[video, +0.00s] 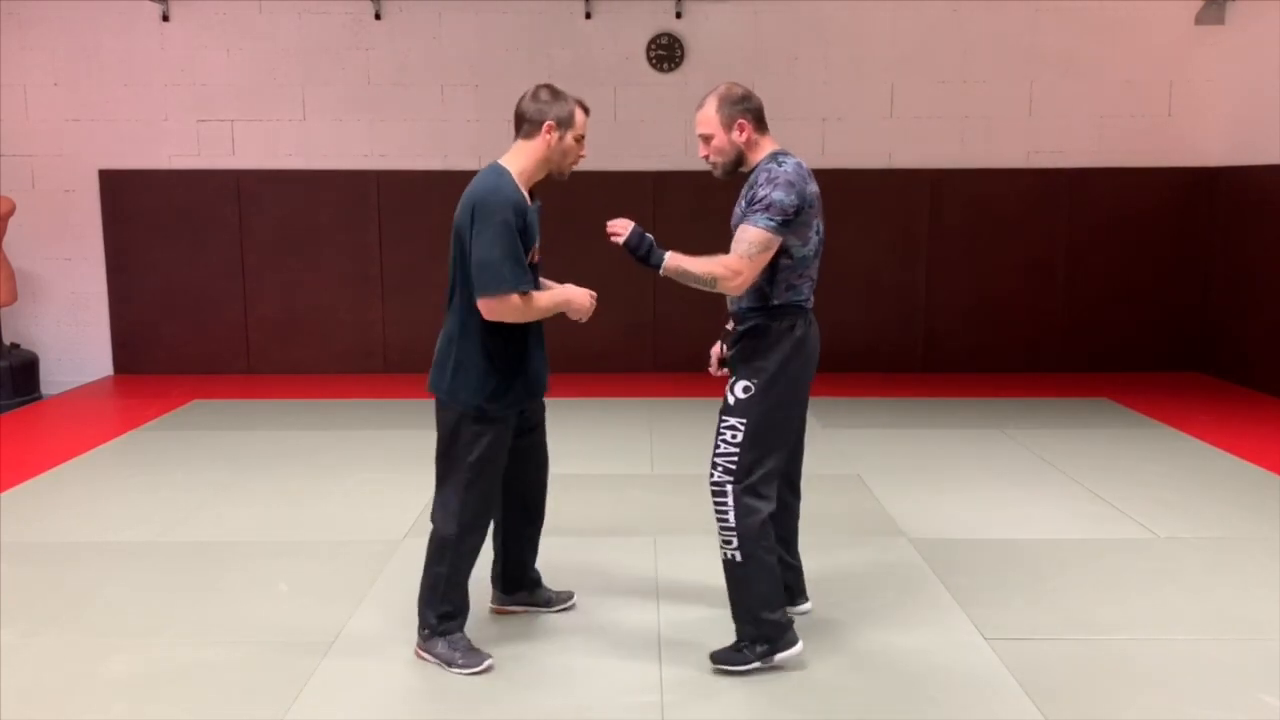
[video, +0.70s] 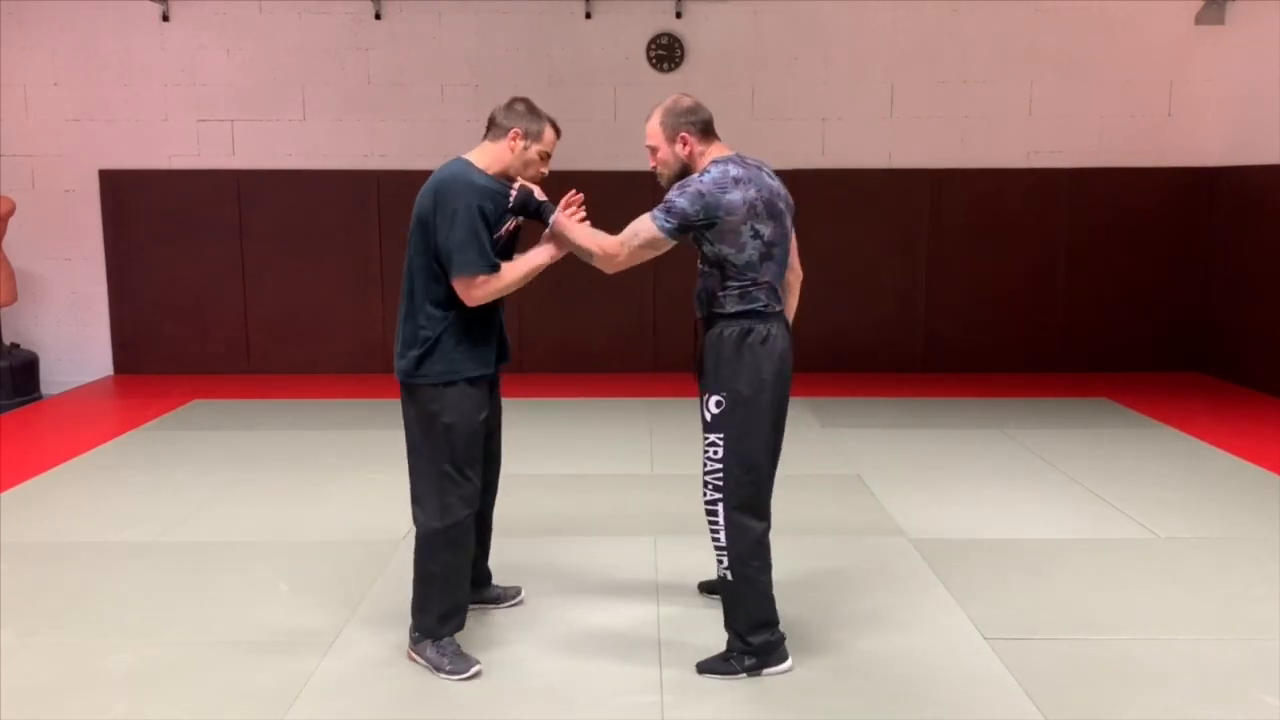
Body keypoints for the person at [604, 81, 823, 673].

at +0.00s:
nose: (703, 151)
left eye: (708, 139)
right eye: (700, 139)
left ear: (743, 131)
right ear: (744, 132)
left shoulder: (780, 180)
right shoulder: (769, 176)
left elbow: (739, 272)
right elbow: (765, 277)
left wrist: (656, 255)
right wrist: (734, 336)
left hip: (774, 340)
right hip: (776, 337)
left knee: (733, 481)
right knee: (775, 474)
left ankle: (766, 634)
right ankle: (785, 589)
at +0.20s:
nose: (684, 152)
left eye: (688, 139)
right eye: (681, 140)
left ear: (723, 131)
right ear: (729, 131)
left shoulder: (748, 188)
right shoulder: (779, 175)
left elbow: (671, 269)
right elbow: (765, 266)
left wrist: (594, 238)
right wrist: (727, 320)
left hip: (758, 344)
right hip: (780, 339)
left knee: (736, 491)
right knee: (774, 477)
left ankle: (755, 643)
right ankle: (785, 584)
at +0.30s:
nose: (669, 153)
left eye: (673, 141)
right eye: (667, 141)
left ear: (707, 135)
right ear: (719, 133)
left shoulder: (720, 190)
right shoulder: (775, 172)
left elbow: (623, 252)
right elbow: (769, 259)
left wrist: (535, 242)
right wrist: (731, 314)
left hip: (758, 346)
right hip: (788, 338)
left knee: (737, 495)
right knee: (776, 474)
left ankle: (755, 645)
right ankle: (782, 578)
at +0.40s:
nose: (657, 155)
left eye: (661, 143)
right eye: (655, 143)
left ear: (692, 138)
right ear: (712, 133)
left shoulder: (706, 194)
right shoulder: (775, 173)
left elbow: (604, 252)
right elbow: (793, 264)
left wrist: (524, 236)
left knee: (735, 494)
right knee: (768, 471)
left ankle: (756, 647)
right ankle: (778, 574)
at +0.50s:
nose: (655, 155)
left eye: (658, 143)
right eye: (653, 144)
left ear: (688, 137)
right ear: (708, 133)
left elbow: (599, 250)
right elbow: (803, 264)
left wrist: (522, 228)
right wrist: (773, 317)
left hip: (749, 346)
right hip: (784, 338)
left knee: (736, 496)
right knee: (762, 477)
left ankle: (757, 645)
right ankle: (767, 577)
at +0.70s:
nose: (652, 162)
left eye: (655, 150)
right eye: (650, 151)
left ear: (686, 142)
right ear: (700, 141)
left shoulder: (705, 189)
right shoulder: (767, 181)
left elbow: (614, 253)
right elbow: (792, 272)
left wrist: (550, 216)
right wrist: (773, 335)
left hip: (738, 344)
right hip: (767, 339)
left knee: (728, 494)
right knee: (746, 478)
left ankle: (757, 644)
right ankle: (744, 576)